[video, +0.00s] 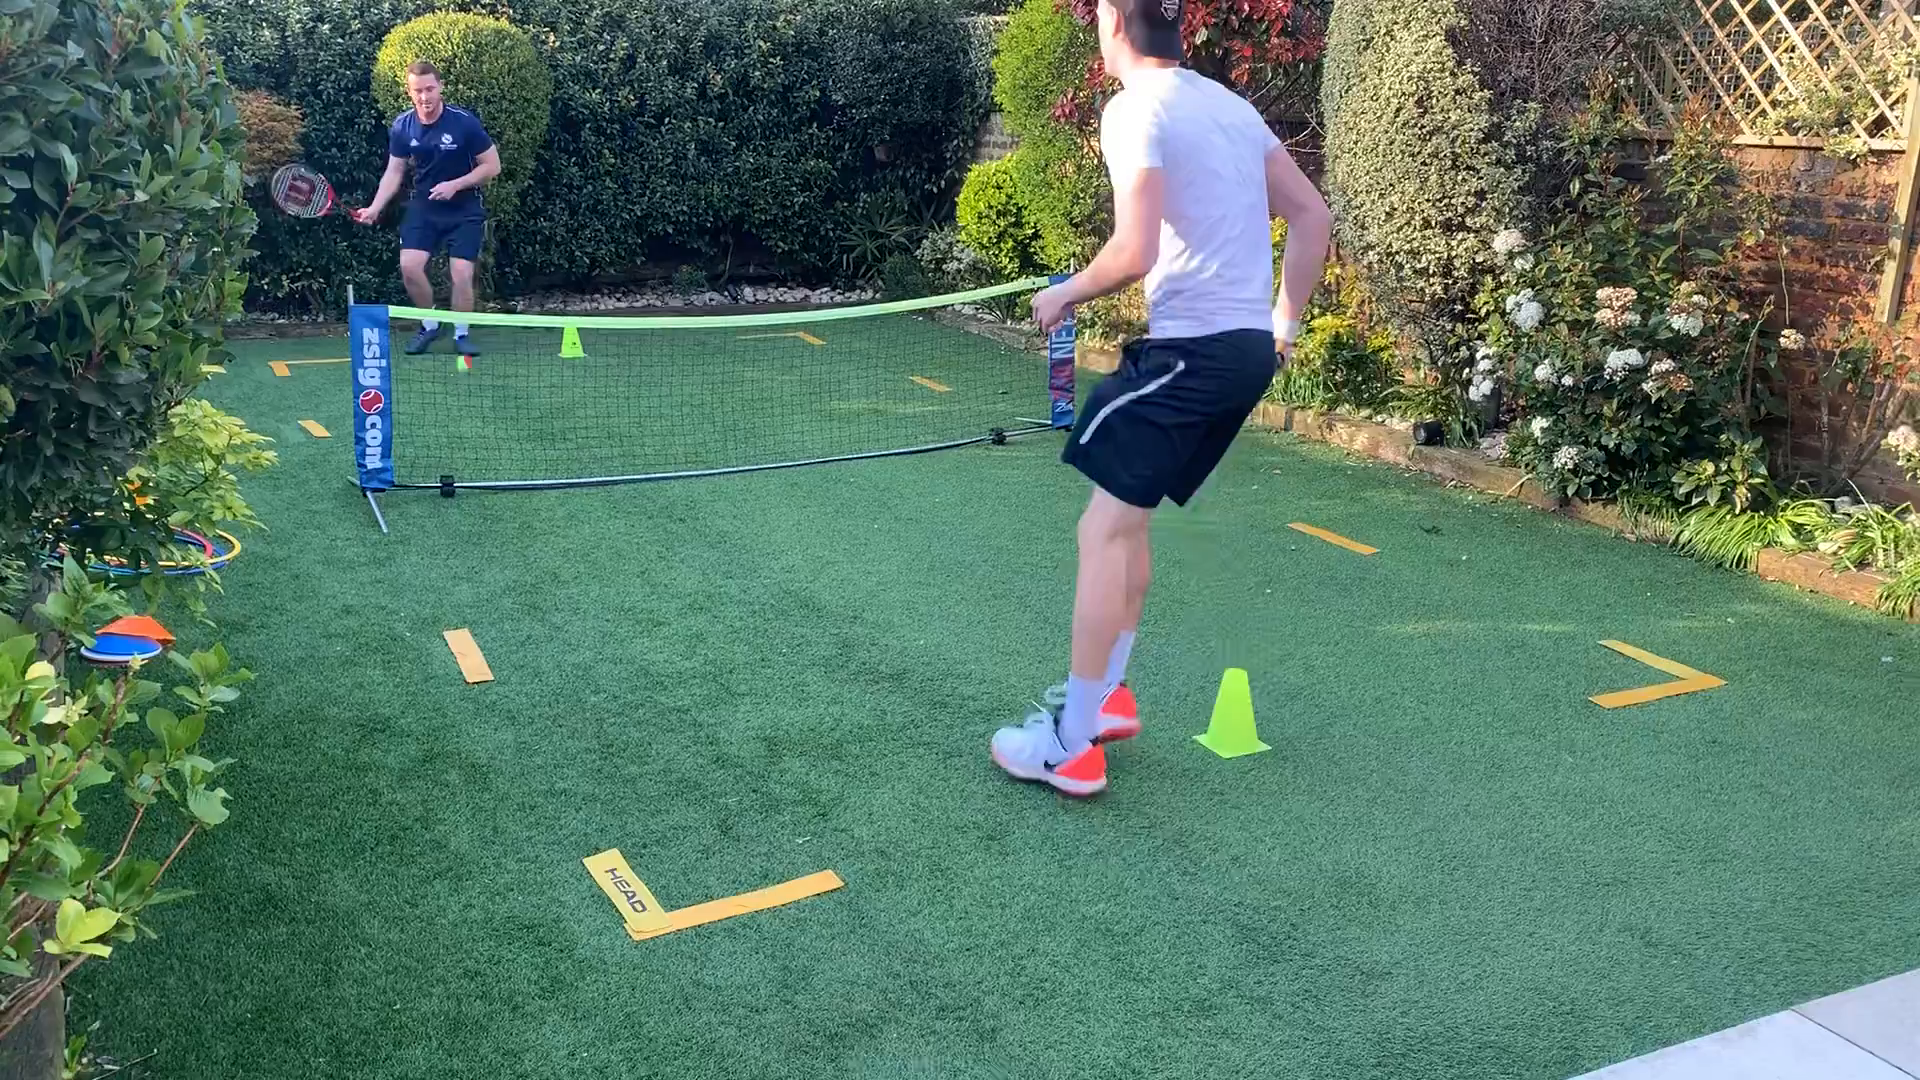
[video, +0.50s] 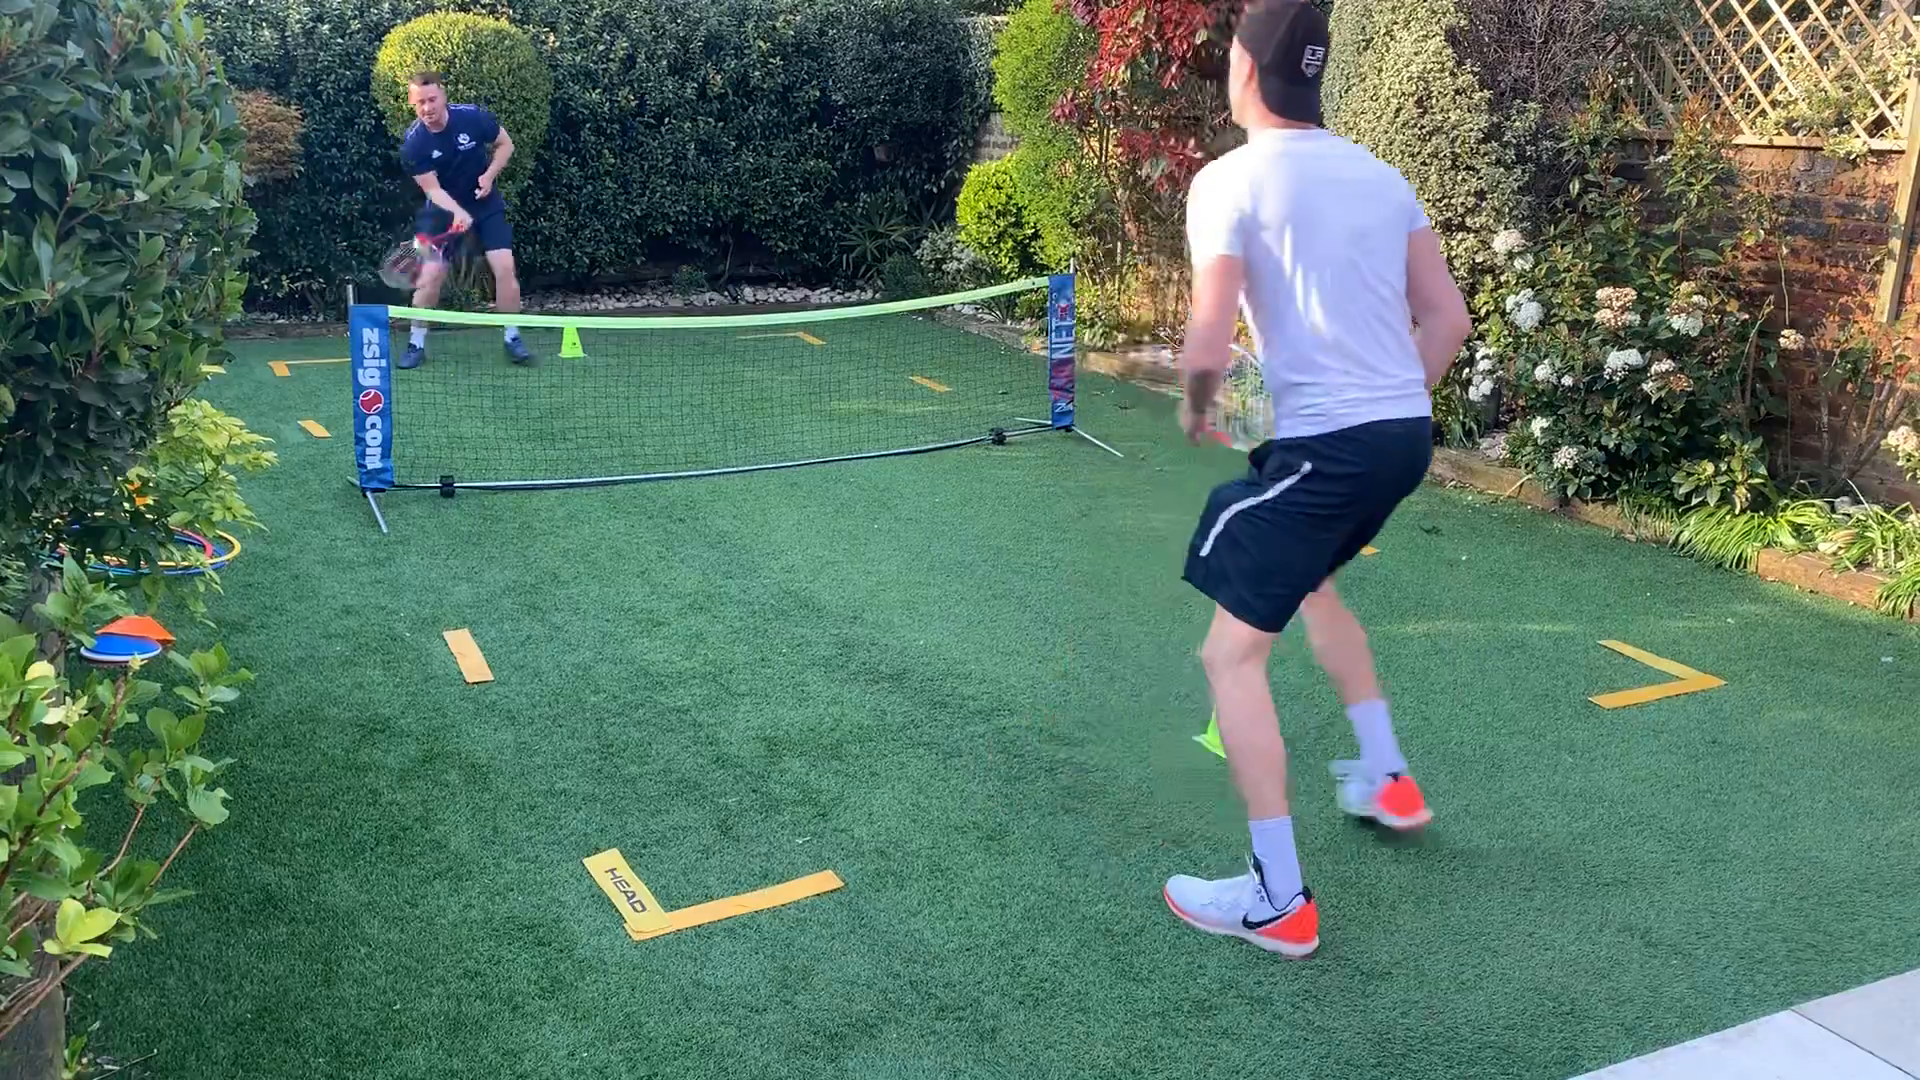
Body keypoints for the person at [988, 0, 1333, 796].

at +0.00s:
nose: (1095, 36)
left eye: (1096, 23)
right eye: (1097, 24)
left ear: (1110, 24)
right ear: (1177, 28)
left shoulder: (1136, 107)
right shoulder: (1235, 108)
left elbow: (1134, 250)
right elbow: (1311, 214)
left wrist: (1064, 293)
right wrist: (1287, 315)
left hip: (1191, 345)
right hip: (1245, 345)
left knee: (1102, 527)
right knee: (1127, 515)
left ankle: (1073, 740)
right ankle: (1108, 689)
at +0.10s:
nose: (1107, 56)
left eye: (1110, 38)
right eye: (1111, 38)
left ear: (1127, 47)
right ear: (1193, 46)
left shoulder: (1139, 141)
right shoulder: (1245, 140)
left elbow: (1108, 289)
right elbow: (1322, 255)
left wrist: (1054, 321)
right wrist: (1301, 370)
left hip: (1183, 389)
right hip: (1240, 389)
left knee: (1095, 572)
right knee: (1125, 552)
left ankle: (1136, 785)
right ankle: (1103, 721)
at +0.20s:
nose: (1130, 50)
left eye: (1134, 35)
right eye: (1136, 35)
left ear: (1149, 44)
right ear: (1218, 44)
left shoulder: (1143, 141)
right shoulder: (1277, 144)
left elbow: (1104, 291)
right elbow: (1349, 258)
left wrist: (1066, 343)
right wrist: (1323, 379)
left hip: (1208, 393)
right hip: (1269, 392)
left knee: (1140, 600)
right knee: (1143, 559)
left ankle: (1226, 797)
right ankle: (1104, 728)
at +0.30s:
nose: (1154, 59)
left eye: (1158, 43)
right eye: (1160, 43)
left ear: (1173, 53)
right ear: (1242, 55)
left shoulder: (1158, 154)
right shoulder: (1311, 155)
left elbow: (1111, 318)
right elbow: (1388, 276)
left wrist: (1103, 363)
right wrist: (1343, 389)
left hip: (1245, 405)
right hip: (1317, 404)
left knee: (1212, 636)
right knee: (1195, 576)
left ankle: (1269, 873)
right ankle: (1133, 726)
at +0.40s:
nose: (1185, 79)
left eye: (1189, 66)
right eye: (1191, 64)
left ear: (1205, 79)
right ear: (1276, 83)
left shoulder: (1187, 182)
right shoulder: (1342, 175)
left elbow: (1145, 353)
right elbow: (1416, 313)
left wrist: (1145, 393)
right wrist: (1372, 400)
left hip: (1288, 436)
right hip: (1366, 430)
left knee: (1223, 663)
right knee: (1227, 545)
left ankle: (1279, 894)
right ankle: (1237, 756)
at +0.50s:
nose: (1225, 76)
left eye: (1228, 61)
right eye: (1230, 60)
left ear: (1245, 73)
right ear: (1316, 74)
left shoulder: (1229, 181)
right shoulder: (1379, 174)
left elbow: (1211, 341)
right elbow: (1447, 319)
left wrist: (1198, 402)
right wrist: (1390, 402)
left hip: (1321, 442)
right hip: (1406, 435)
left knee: (1232, 654)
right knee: (1307, 579)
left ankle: (1277, 892)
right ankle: (1385, 773)